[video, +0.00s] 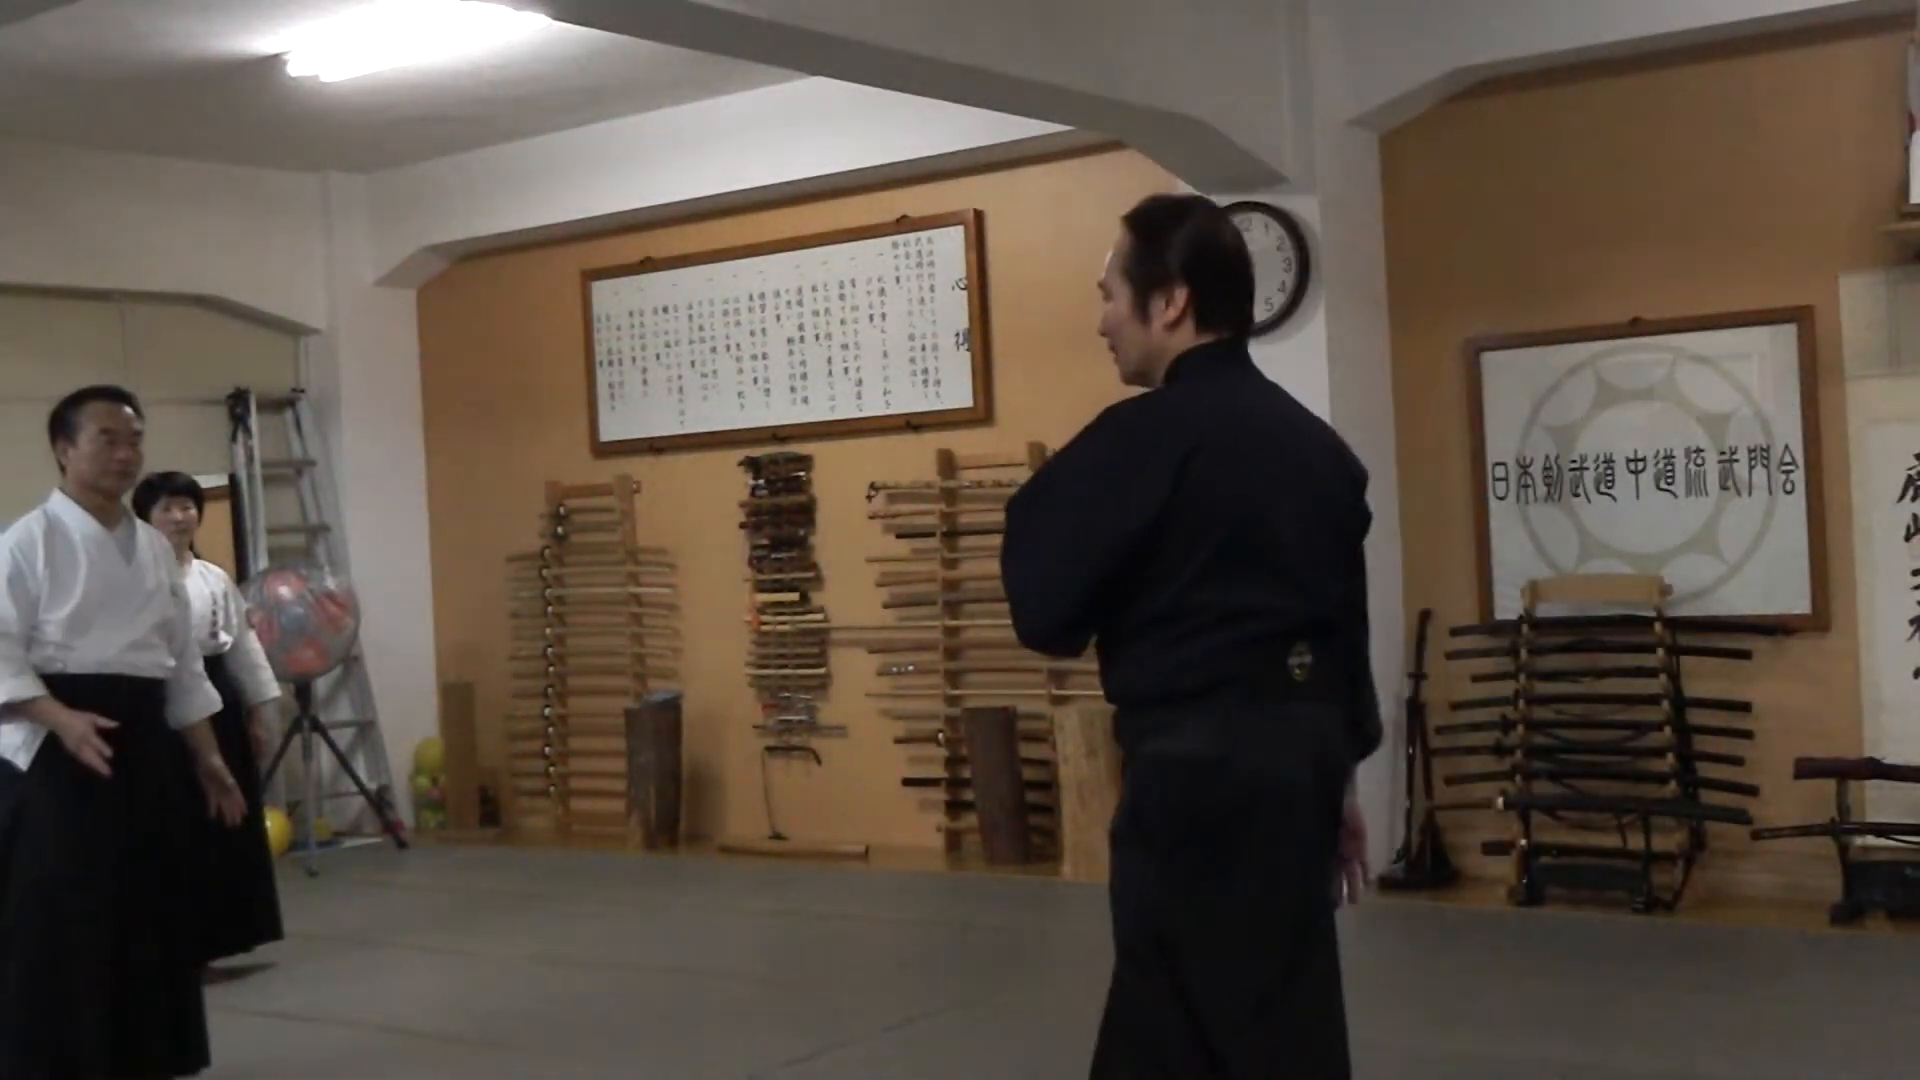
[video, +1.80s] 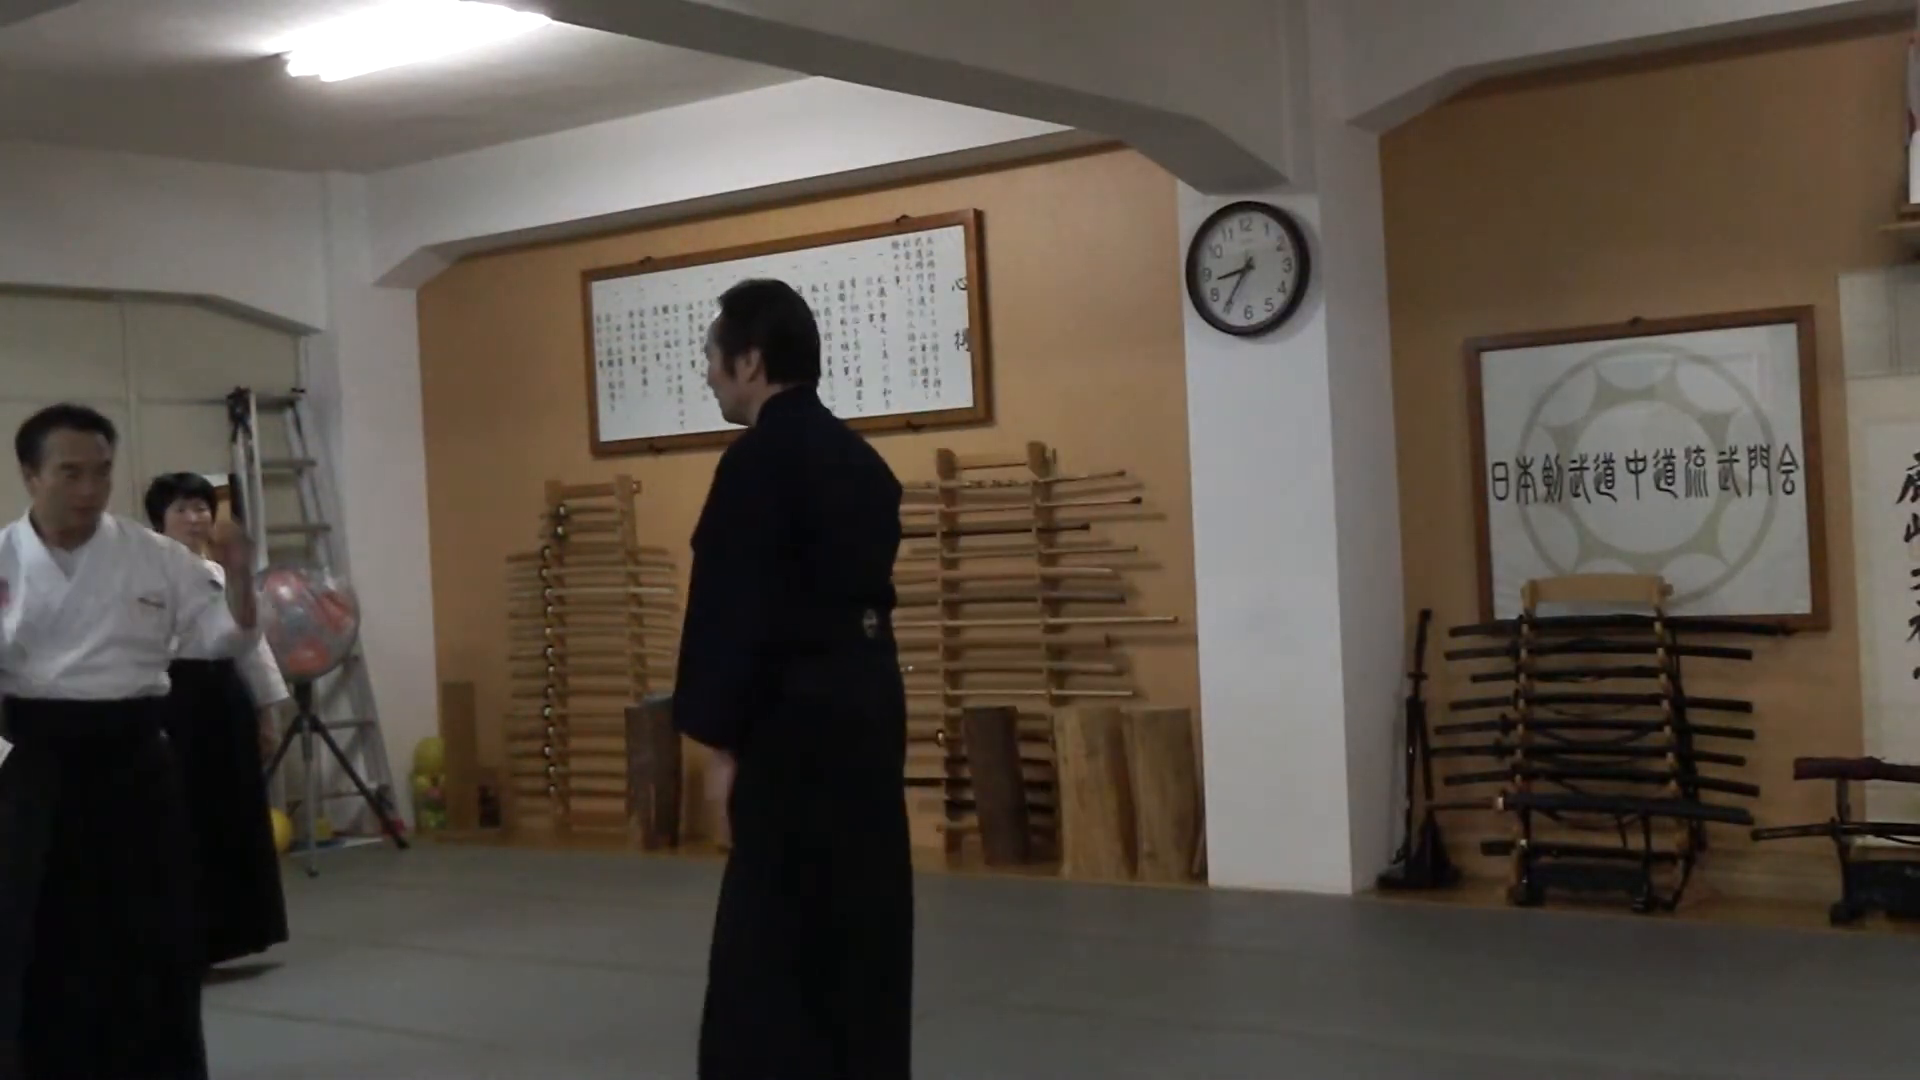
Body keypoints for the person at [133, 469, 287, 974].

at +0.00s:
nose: (180, 515)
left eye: (188, 506)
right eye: (168, 508)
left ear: (199, 516)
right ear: (146, 520)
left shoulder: (215, 579)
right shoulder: (138, 578)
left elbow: (241, 645)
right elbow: (131, 655)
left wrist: (261, 708)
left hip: (215, 699)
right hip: (157, 707)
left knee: (222, 818)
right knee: (169, 823)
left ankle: (217, 941)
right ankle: (179, 945)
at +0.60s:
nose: (183, 516)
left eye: (191, 508)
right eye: (170, 509)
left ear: (204, 518)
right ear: (148, 522)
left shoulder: (217, 579)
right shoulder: (141, 581)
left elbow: (243, 643)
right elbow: (136, 656)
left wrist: (263, 707)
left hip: (217, 704)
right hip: (160, 711)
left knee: (226, 816)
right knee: (174, 826)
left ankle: (230, 930)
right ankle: (184, 936)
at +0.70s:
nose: (182, 522)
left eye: (191, 512)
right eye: (169, 514)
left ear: (203, 519)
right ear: (147, 522)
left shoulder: (216, 579)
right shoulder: (135, 583)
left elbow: (243, 645)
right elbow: (135, 651)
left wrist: (263, 708)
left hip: (215, 698)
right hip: (158, 702)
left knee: (222, 812)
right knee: (167, 819)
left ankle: (225, 929)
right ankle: (172, 933)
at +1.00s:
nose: (186, 522)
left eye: (195, 512)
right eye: (173, 513)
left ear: (207, 519)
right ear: (148, 523)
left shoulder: (219, 580)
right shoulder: (137, 583)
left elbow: (245, 644)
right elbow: (131, 654)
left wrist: (265, 707)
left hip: (218, 700)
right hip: (160, 704)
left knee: (224, 814)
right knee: (169, 821)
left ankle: (222, 934)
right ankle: (176, 938)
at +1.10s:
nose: (187, 521)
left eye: (195, 511)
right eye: (174, 513)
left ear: (208, 519)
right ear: (149, 523)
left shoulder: (221, 580)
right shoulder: (139, 583)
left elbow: (246, 645)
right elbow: (133, 655)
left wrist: (265, 710)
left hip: (220, 699)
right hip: (162, 704)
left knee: (226, 814)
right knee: (174, 821)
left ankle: (229, 932)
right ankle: (181, 938)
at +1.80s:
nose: (197, 517)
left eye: (203, 508)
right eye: (184, 509)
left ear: (215, 518)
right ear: (159, 521)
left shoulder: (222, 578)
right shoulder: (148, 575)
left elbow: (249, 643)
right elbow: (137, 652)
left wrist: (269, 708)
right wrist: (141, 720)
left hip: (225, 701)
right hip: (170, 703)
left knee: (231, 814)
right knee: (180, 819)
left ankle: (232, 932)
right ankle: (187, 938)